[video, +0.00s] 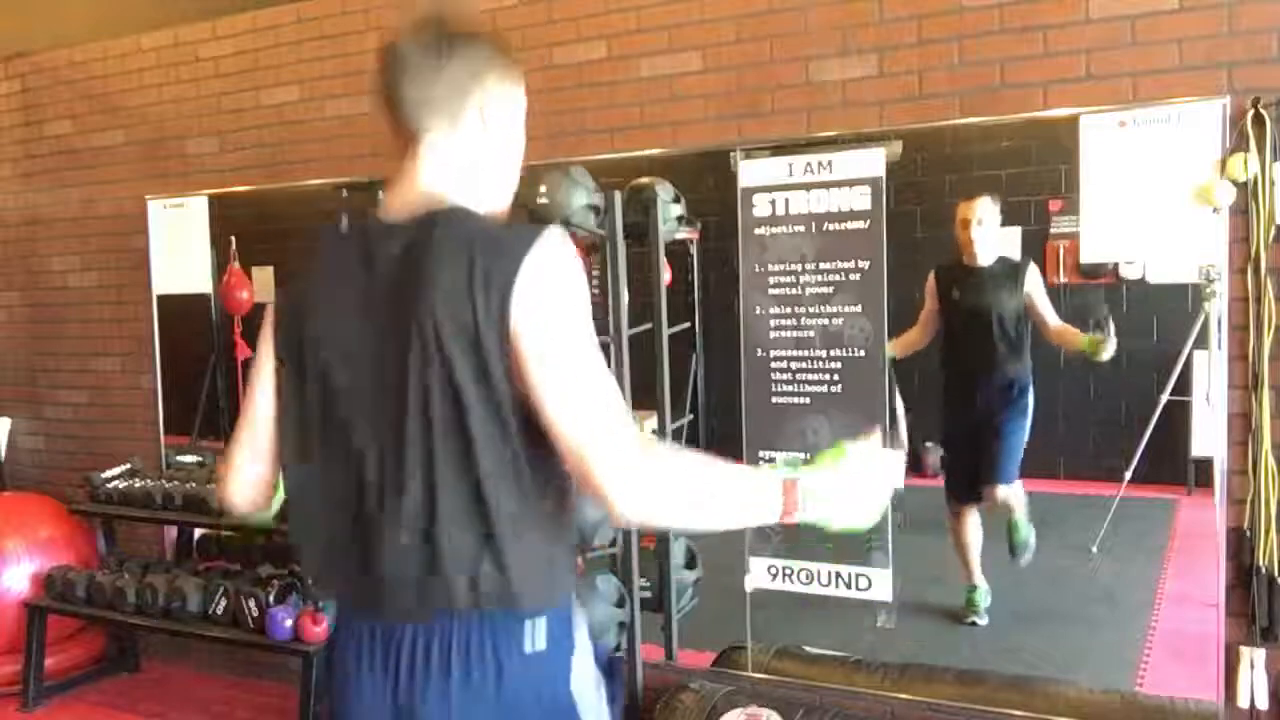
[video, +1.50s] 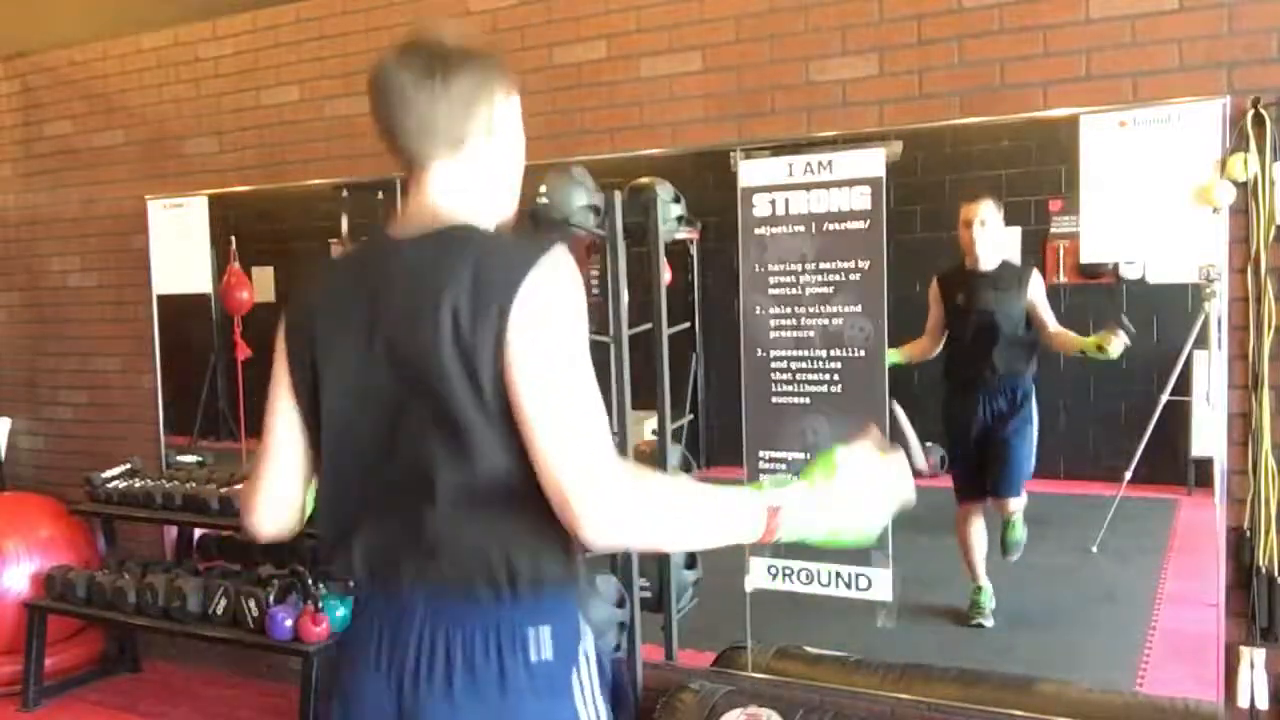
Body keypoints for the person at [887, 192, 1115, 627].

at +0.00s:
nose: (971, 232)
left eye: (980, 224)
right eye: (965, 224)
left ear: (997, 227)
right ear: (956, 229)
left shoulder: (1023, 275)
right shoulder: (941, 279)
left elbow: (1054, 328)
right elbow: (922, 332)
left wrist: (1089, 343)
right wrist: (883, 351)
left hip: (1010, 394)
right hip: (961, 395)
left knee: (996, 491)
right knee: (960, 502)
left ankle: (1018, 514)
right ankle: (977, 587)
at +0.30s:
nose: (975, 243)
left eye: (984, 234)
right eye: (969, 234)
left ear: (1002, 235)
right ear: (961, 236)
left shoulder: (1027, 282)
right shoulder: (947, 286)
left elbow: (1057, 337)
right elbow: (931, 340)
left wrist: (1091, 346)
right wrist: (891, 353)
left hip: (1017, 400)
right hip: (969, 401)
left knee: (1007, 498)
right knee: (976, 504)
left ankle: (1006, 600)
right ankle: (999, 592)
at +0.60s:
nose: (985, 219)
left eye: (994, 211)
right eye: (979, 210)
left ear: (1013, 212)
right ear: (969, 211)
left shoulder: (1036, 261)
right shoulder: (955, 261)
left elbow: (1060, 321)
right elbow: (939, 324)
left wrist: (1098, 355)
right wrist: (900, 360)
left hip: (1017, 377)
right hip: (968, 378)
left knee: (1007, 482)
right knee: (978, 491)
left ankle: (1003, 579)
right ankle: (1015, 542)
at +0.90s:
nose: (990, 210)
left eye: (999, 201)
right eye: (985, 200)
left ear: (1018, 205)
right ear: (974, 203)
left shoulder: (1039, 253)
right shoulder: (957, 251)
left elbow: (1063, 316)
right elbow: (938, 312)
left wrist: (1099, 355)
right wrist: (897, 354)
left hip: (1017, 373)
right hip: (966, 372)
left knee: (1009, 473)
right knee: (961, 472)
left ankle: (1007, 571)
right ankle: (973, 555)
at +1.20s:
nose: (986, 234)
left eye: (995, 225)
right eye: (979, 225)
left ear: (1015, 230)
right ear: (970, 232)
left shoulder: (1036, 279)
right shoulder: (953, 281)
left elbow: (1062, 333)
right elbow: (935, 337)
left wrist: (1092, 346)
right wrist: (897, 349)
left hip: (1011, 401)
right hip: (961, 399)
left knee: (1002, 503)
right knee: (953, 498)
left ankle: (995, 591)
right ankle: (954, 596)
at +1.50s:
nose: (973, 233)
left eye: (983, 224)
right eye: (967, 225)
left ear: (1000, 229)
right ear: (958, 231)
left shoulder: (1026, 281)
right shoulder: (944, 284)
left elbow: (1052, 334)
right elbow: (931, 341)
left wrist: (1090, 344)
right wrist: (893, 354)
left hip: (1015, 398)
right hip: (964, 399)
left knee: (1006, 498)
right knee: (969, 502)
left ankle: (1013, 516)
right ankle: (980, 590)